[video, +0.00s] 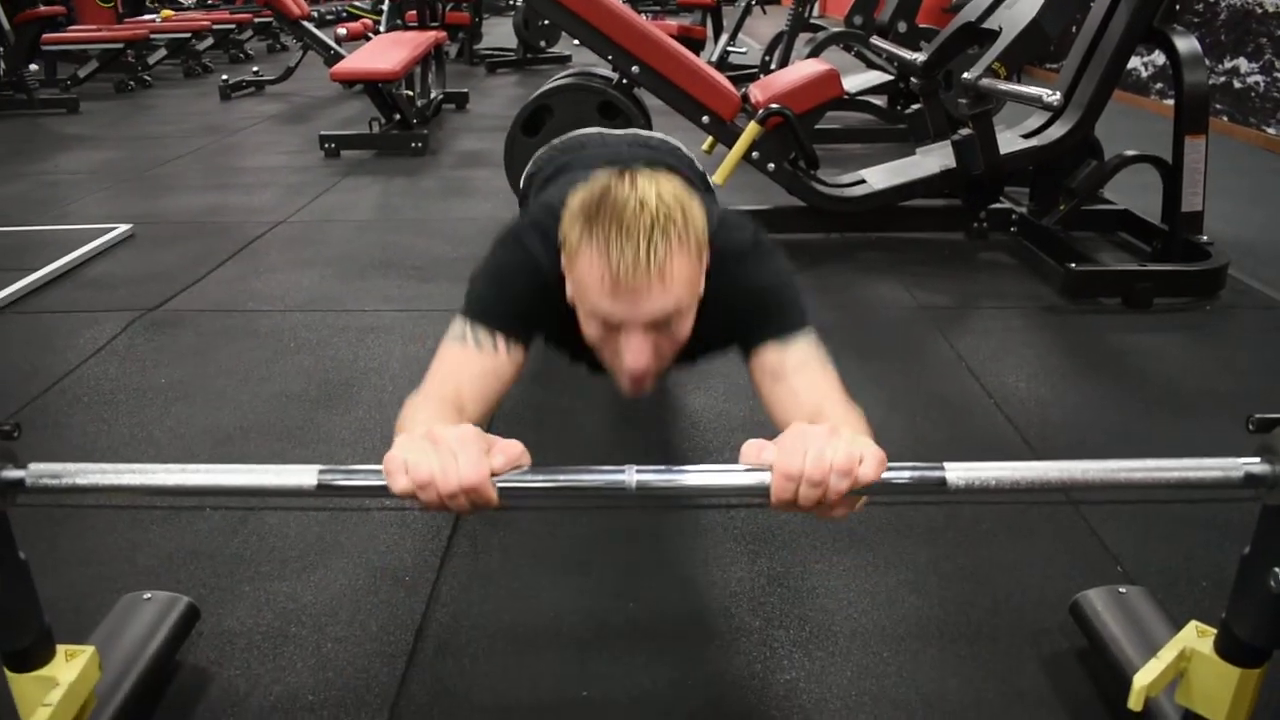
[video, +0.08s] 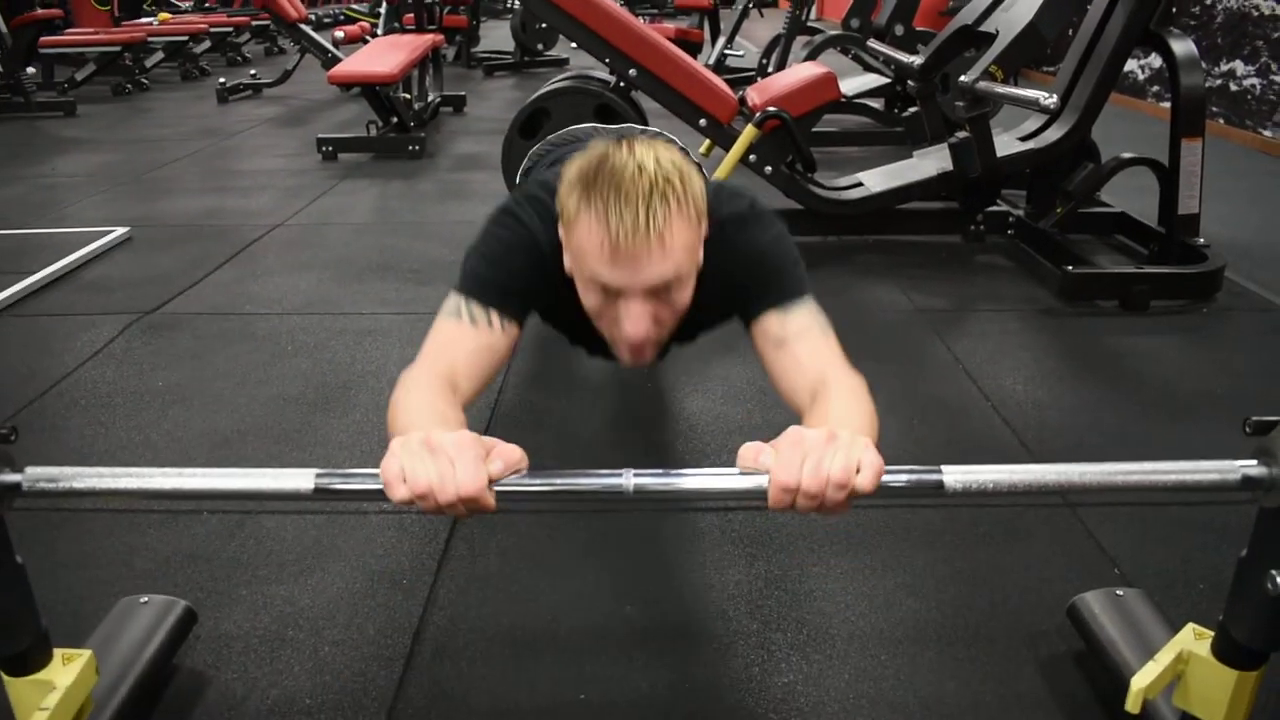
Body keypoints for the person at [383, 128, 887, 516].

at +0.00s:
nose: (636, 360)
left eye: (664, 325)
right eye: (607, 326)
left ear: (701, 272)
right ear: (568, 279)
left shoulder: (742, 253)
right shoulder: (529, 257)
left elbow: (827, 415)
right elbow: (444, 396)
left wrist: (825, 449)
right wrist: (437, 440)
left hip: (668, 150)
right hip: (559, 156)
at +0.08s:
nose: (636, 327)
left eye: (663, 292)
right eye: (607, 295)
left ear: (701, 240)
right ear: (566, 249)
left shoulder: (746, 235)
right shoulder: (523, 234)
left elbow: (830, 383)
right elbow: (433, 380)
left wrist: (833, 442)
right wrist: (432, 441)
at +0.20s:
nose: (632, 283)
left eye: (659, 248)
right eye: (602, 250)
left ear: (695, 210)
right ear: (561, 217)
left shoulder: (741, 208)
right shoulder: (521, 207)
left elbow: (831, 355)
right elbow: (426, 354)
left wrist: (828, 441)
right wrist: (436, 441)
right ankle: (576, 109)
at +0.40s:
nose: (620, 208)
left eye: (648, 174)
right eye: (591, 175)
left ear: (686, 142)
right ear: (553, 147)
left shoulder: (733, 157)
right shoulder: (512, 152)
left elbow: (808, 293)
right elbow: (433, 290)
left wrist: (818, 439)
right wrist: (438, 443)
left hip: (660, 275)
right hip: (570, 276)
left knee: (650, 288)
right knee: (594, 288)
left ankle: (648, 297)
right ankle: (598, 294)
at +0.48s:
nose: (618, 174)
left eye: (646, 141)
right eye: (589, 142)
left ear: (682, 111)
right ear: (549, 118)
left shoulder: (732, 132)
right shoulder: (507, 130)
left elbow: (792, 270)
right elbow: (446, 271)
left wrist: (818, 438)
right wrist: (439, 439)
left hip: (658, 245)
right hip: (568, 250)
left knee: (646, 277)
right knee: (591, 278)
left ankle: (643, 289)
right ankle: (598, 293)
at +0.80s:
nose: (611, 118)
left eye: (640, 79)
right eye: (578, 82)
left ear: (679, 54)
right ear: (539, 62)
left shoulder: (728, 97)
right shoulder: (502, 96)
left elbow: (781, 241)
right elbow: (455, 246)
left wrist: (819, 435)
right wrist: (438, 435)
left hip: (653, 223)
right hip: (564, 228)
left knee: (643, 254)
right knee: (583, 256)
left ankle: (639, 278)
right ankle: (594, 275)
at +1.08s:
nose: (611, 137)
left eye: (640, 98)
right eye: (579, 101)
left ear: (679, 68)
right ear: (540, 78)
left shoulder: (729, 107)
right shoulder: (502, 104)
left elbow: (781, 251)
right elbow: (453, 254)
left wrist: (820, 436)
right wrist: (438, 437)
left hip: (653, 223)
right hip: (566, 228)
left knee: (641, 254)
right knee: (584, 256)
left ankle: (639, 278)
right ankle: (593, 275)